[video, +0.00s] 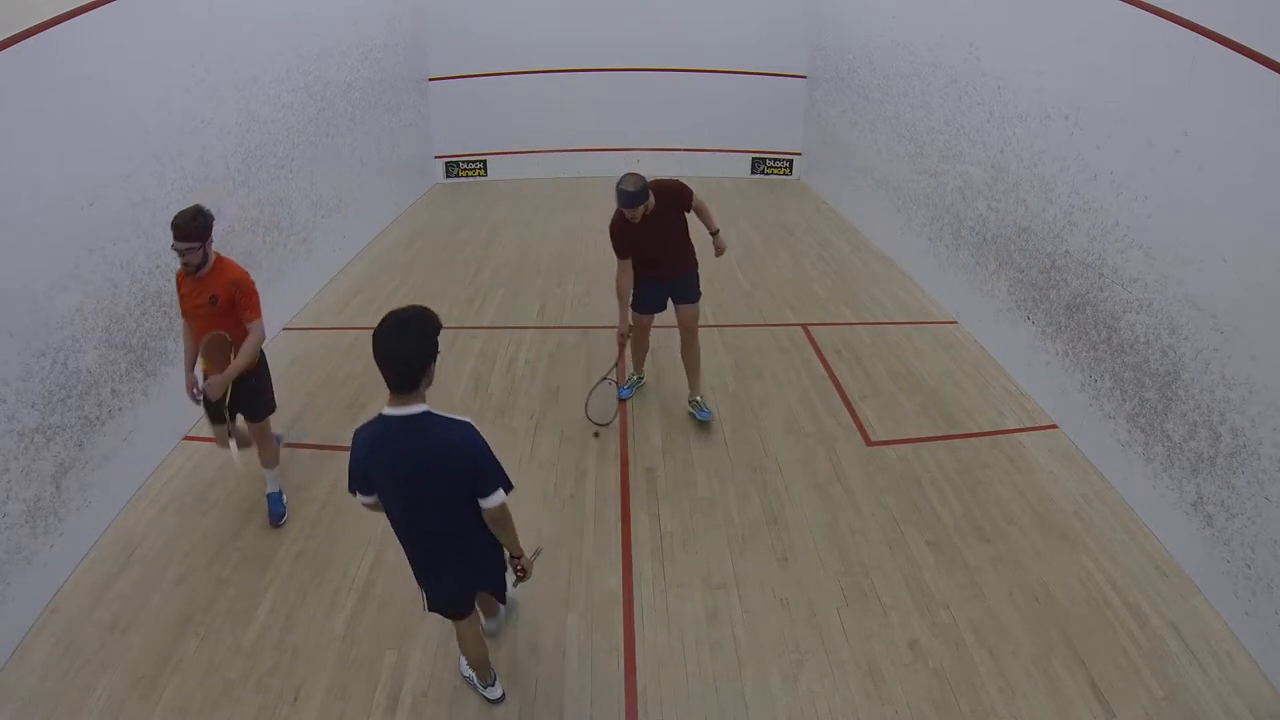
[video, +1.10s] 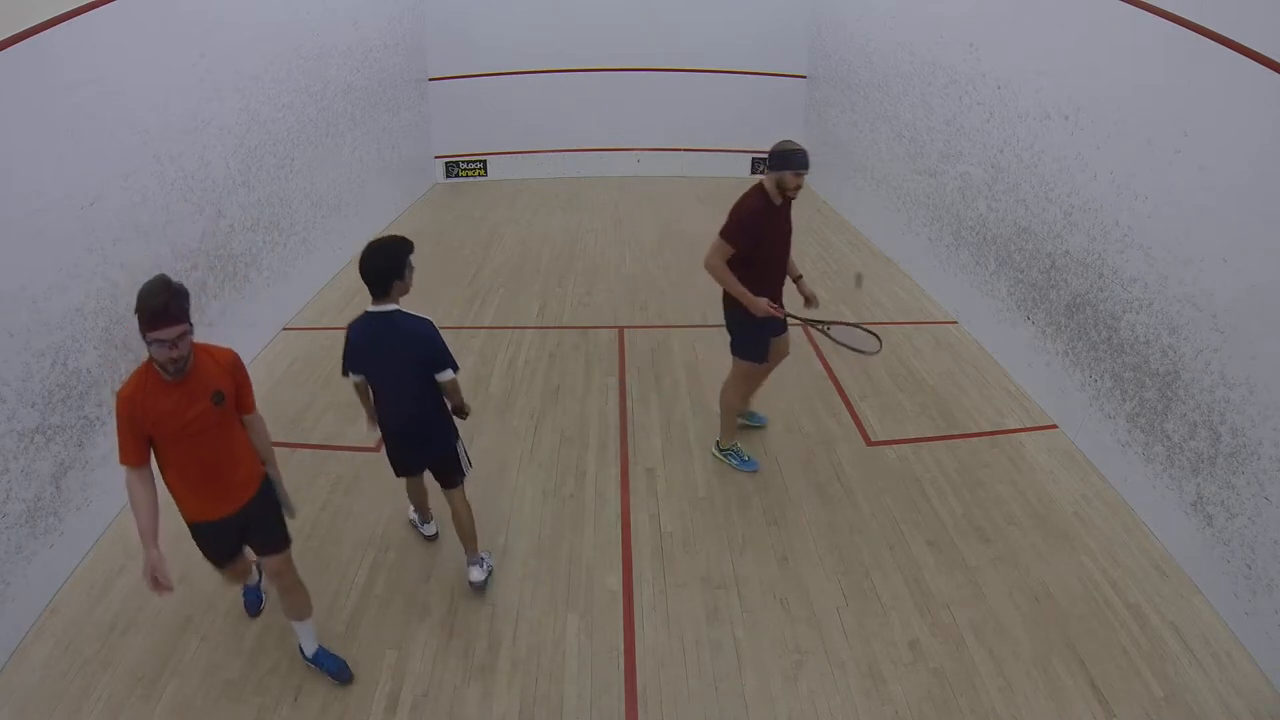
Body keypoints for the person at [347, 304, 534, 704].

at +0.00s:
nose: (438, 364)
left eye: (436, 355)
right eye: (437, 357)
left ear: (382, 367)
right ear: (430, 370)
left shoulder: (367, 438)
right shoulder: (459, 435)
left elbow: (369, 500)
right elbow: (495, 510)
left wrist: (408, 505)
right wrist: (516, 551)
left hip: (425, 554)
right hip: (474, 543)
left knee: (463, 618)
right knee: (484, 579)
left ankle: (487, 683)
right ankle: (492, 615)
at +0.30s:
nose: (446, 335)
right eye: (445, 329)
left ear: (394, 337)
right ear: (440, 343)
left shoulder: (374, 402)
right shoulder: (464, 399)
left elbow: (362, 465)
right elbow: (483, 473)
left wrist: (387, 508)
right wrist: (498, 520)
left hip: (421, 514)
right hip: (467, 504)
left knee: (445, 581)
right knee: (474, 542)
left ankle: (475, 658)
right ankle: (478, 583)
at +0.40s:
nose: (447, 324)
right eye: (447, 318)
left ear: (397, 324)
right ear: (442, 329)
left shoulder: (375, 385)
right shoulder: (463, 385)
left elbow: (365, 454)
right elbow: (482, 456)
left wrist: (404, 498)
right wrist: (497, 496)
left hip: (418, 498)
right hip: (464, 489)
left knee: (432, 554)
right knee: (470, 534)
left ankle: (461, 619)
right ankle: (478, 581)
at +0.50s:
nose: (446, 314)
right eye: (445, 308)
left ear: (398, 315)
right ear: (441, 319)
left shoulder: (377, 371)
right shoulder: (460, 374)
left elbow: (377, 443)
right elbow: (483, 439)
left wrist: (423, 469)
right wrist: (496, 473)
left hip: (415, 481)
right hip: (462, 476)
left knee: (425, 528)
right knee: (469, 530)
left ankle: (453, 593)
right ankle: (478, 582)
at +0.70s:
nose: (436, 298)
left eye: (433, 291)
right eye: (435, 292)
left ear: (391, 303)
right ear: (430, 303)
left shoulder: (376, 357)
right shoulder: (454, 354)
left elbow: (387, 425)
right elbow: (480, 413)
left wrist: (434, 459)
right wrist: (490, 436)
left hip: (412, 460)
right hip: (457, 455)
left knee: (427, 509)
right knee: (465, 522)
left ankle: (436, 547)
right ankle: (478, 581)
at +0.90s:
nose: (423, 293)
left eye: (422, 285)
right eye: (422, 286)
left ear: (381, 294)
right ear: (414, 295)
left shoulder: (370, 349)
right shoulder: (439, 343)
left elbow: (378, 415)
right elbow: (469, 400)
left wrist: (389, 466)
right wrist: (477, 422)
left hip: (408, 447)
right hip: (448, 441)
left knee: (420, 492)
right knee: (460, 512)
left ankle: (426, 525)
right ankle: (477, 578)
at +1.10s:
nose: (413, 276)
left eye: (410, 269)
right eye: (409, 270)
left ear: (371, 281)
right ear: (399, 280)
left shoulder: (358, 330)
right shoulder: (420, 328)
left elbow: (358, 381)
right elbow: (447, 381)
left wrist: (371, 413)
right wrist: (459, 405)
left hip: (394, 426)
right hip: (432, 423)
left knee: (412, 475)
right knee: (454, 492)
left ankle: (426, 521)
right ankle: (475, 564)